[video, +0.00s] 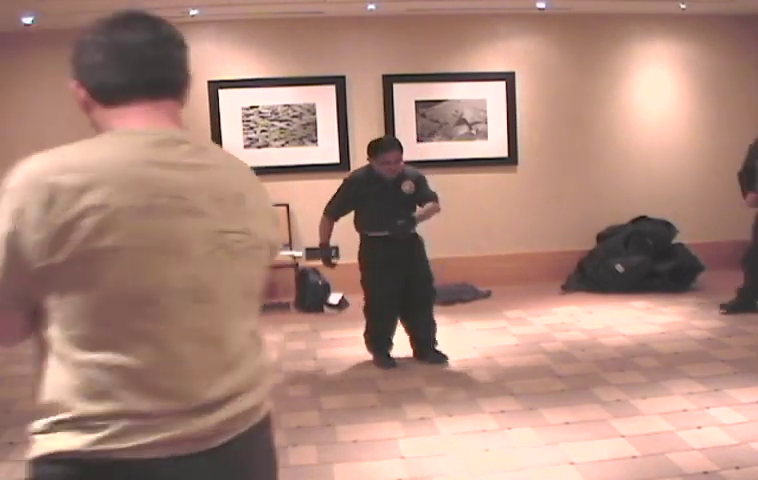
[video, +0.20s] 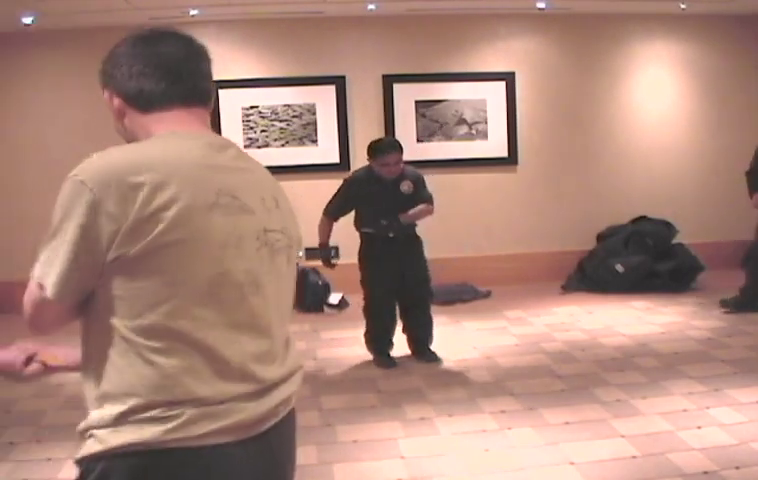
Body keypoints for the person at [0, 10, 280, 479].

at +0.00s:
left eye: (74, 91)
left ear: (81, 96)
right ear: (183, 90)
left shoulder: (41, 184)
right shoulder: (244, 183)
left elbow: (9, 325)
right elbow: (254, 293)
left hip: (90, 464)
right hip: (236, 459)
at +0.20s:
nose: (110, 113)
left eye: (106, 103)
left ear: (118, 104)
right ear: (209, 98)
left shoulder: (105, 177)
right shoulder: (265, 183)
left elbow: (41, 314)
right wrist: (58, 358)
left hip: (147, 457)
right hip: (266, 450)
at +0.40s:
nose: (115, 120)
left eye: (110, 107)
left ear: (121, 102)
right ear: (209, 94)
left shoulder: (119, 174)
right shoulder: (270, 178)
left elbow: (58, 318)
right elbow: (213, 328)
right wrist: (73, 354)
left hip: (164, 451)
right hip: (280, 442)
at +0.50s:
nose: (116, 120)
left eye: (111, 106)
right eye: (112, 108)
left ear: (122, 101)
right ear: (208, 94)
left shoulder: (112, 174)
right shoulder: (272, 176)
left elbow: (58, 315)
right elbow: (226, 319)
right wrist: (80, 348)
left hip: (163, 448)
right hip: (280, 438)